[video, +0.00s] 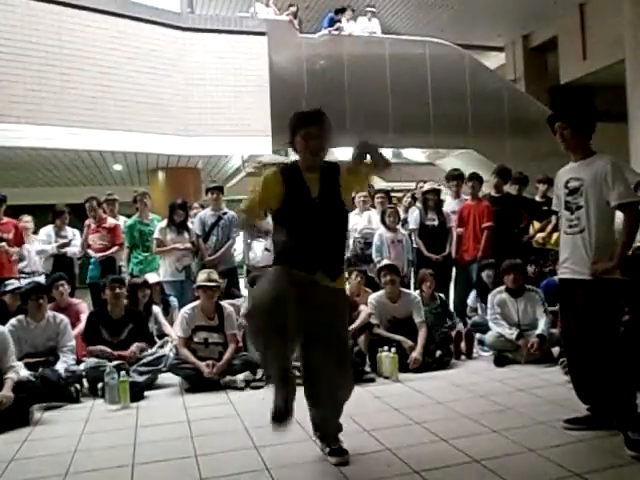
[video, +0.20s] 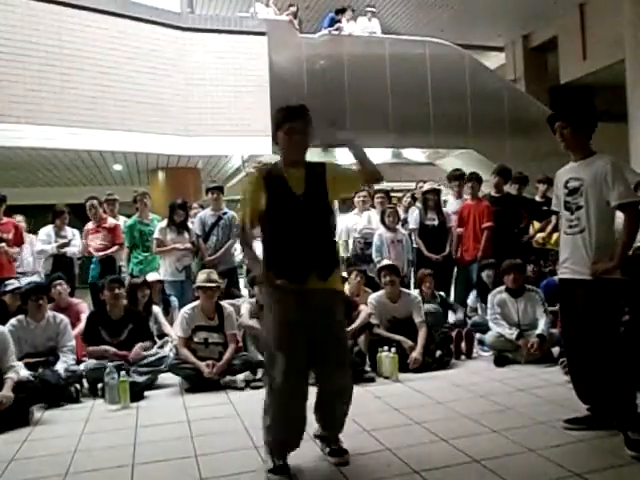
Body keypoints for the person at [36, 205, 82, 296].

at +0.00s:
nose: (64, 222)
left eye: (66, 219)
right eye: (62, 219)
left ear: (68, 219)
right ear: (55, 219)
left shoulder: (74, 232)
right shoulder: (45, 231)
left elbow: (78, 250)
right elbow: (38, 250)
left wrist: (65, 251)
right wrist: (56, 248)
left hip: (68, 266)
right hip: (51, 266)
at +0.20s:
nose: (64, 222)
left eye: (66, 219)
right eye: (61, 219)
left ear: (68, 219)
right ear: (55, 219)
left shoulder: (74, 232)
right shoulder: (45, 231)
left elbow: (78, 250)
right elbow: (38, 249)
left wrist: (65, 251)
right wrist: (55, 247)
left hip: (68, 264)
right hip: (51, 263)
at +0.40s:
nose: (64, 222)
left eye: (65, 219)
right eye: (61, 219)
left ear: (68, 218)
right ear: (54, 219)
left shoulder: (74, 233)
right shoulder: (45, 231)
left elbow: (79, 250)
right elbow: (38, 249)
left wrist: (66, 251)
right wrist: (55, 248)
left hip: (69, 272)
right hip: (50, 272)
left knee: (69, 301)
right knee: (51, 301)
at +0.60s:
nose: (64, 222)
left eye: (65, 219)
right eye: (61, 219)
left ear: (68, 218)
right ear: (54, 219)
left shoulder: (74, 232)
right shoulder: (45, 231)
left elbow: (79, 250)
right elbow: (38, 250)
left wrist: (67, 251)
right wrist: (55, 248)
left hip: (69, 272)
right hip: (50, 272)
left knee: (69, 300)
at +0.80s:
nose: (64, 222)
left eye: (65, 219)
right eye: (61, 219)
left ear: (68, 218)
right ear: (55, 219)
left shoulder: (74, 232)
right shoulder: (45, 231)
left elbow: (78, 250)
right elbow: (38, 250)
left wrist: (66, 251)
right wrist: (55, 248)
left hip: (69, 272)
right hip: (49, 272)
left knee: (69, 301)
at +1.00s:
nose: (64, 222)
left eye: (65, 219)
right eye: (61, 219)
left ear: (68, 219)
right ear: (55, 219)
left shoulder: (74, 233)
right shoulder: (45, 231)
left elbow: (78, 250)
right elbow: (39, 251)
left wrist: (66, 251)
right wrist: (56, 248)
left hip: (69, 270)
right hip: (49, 271)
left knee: (69, 300)